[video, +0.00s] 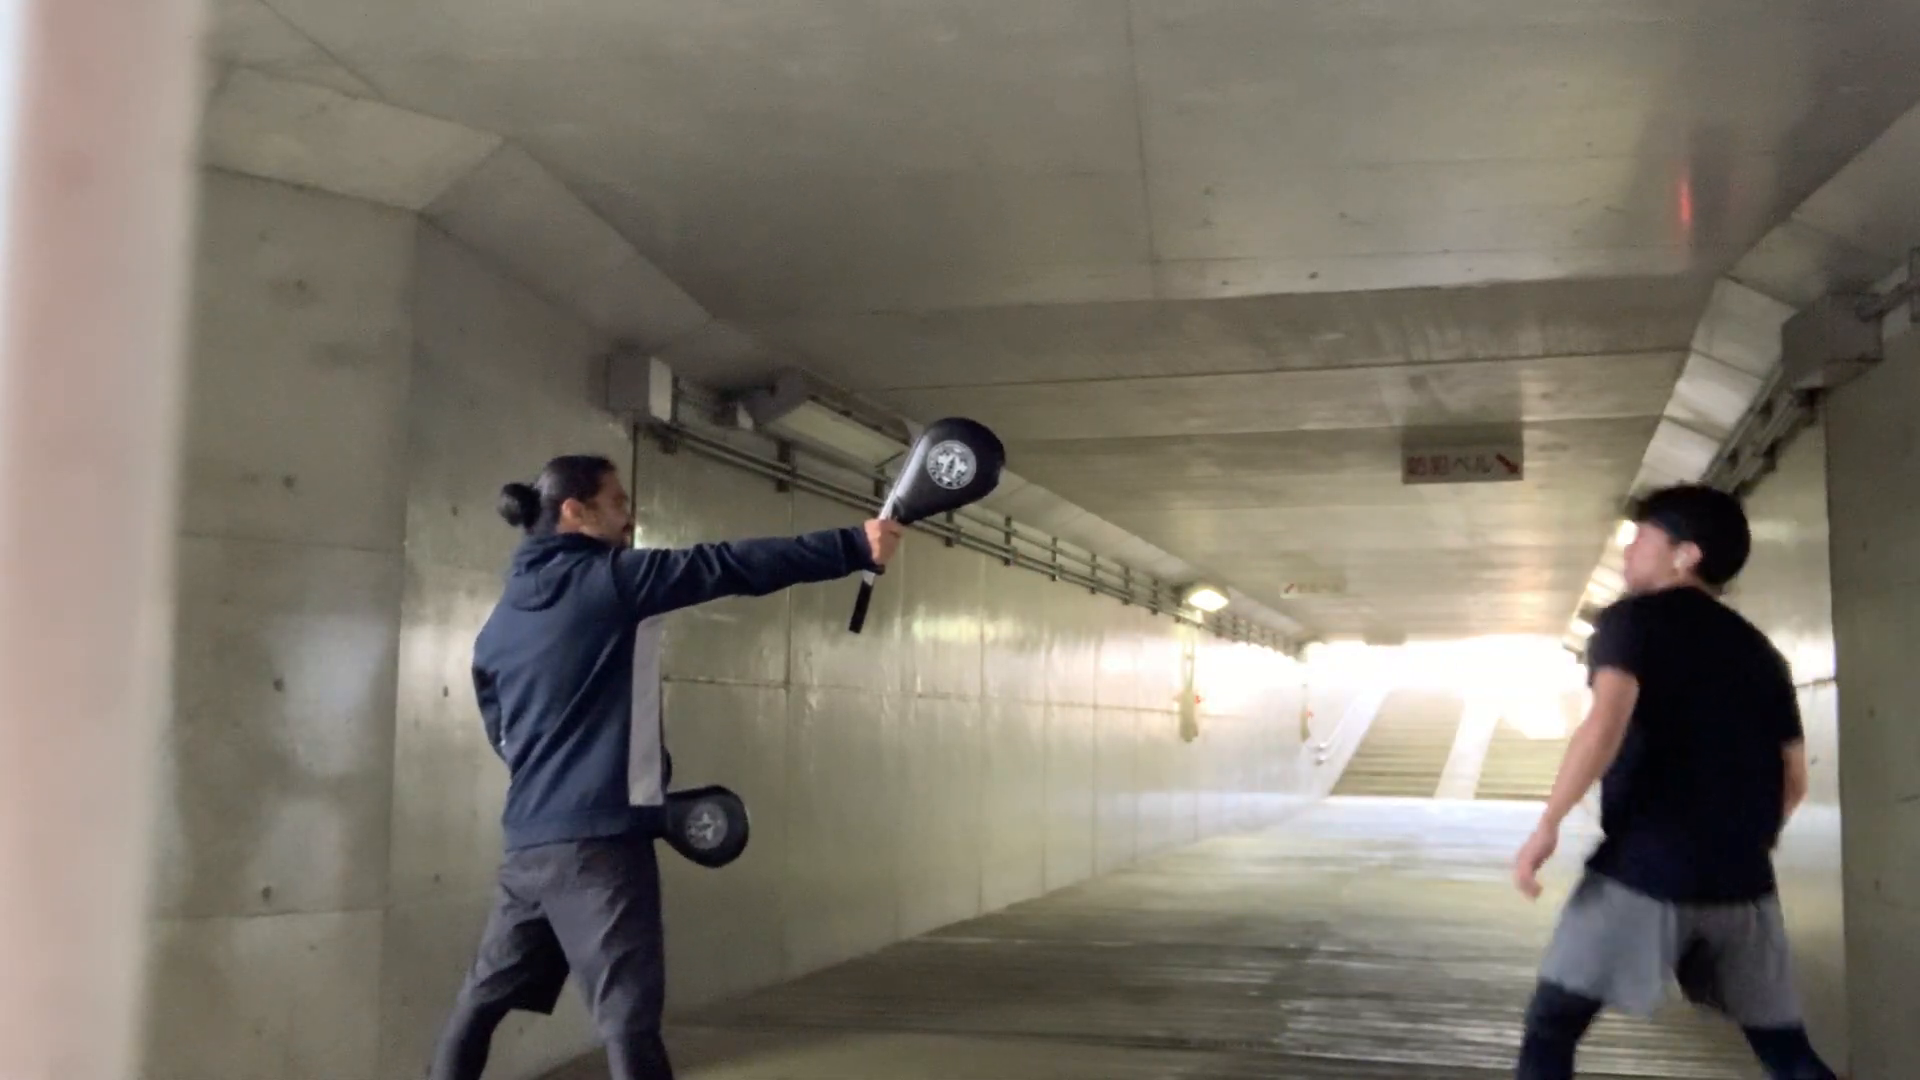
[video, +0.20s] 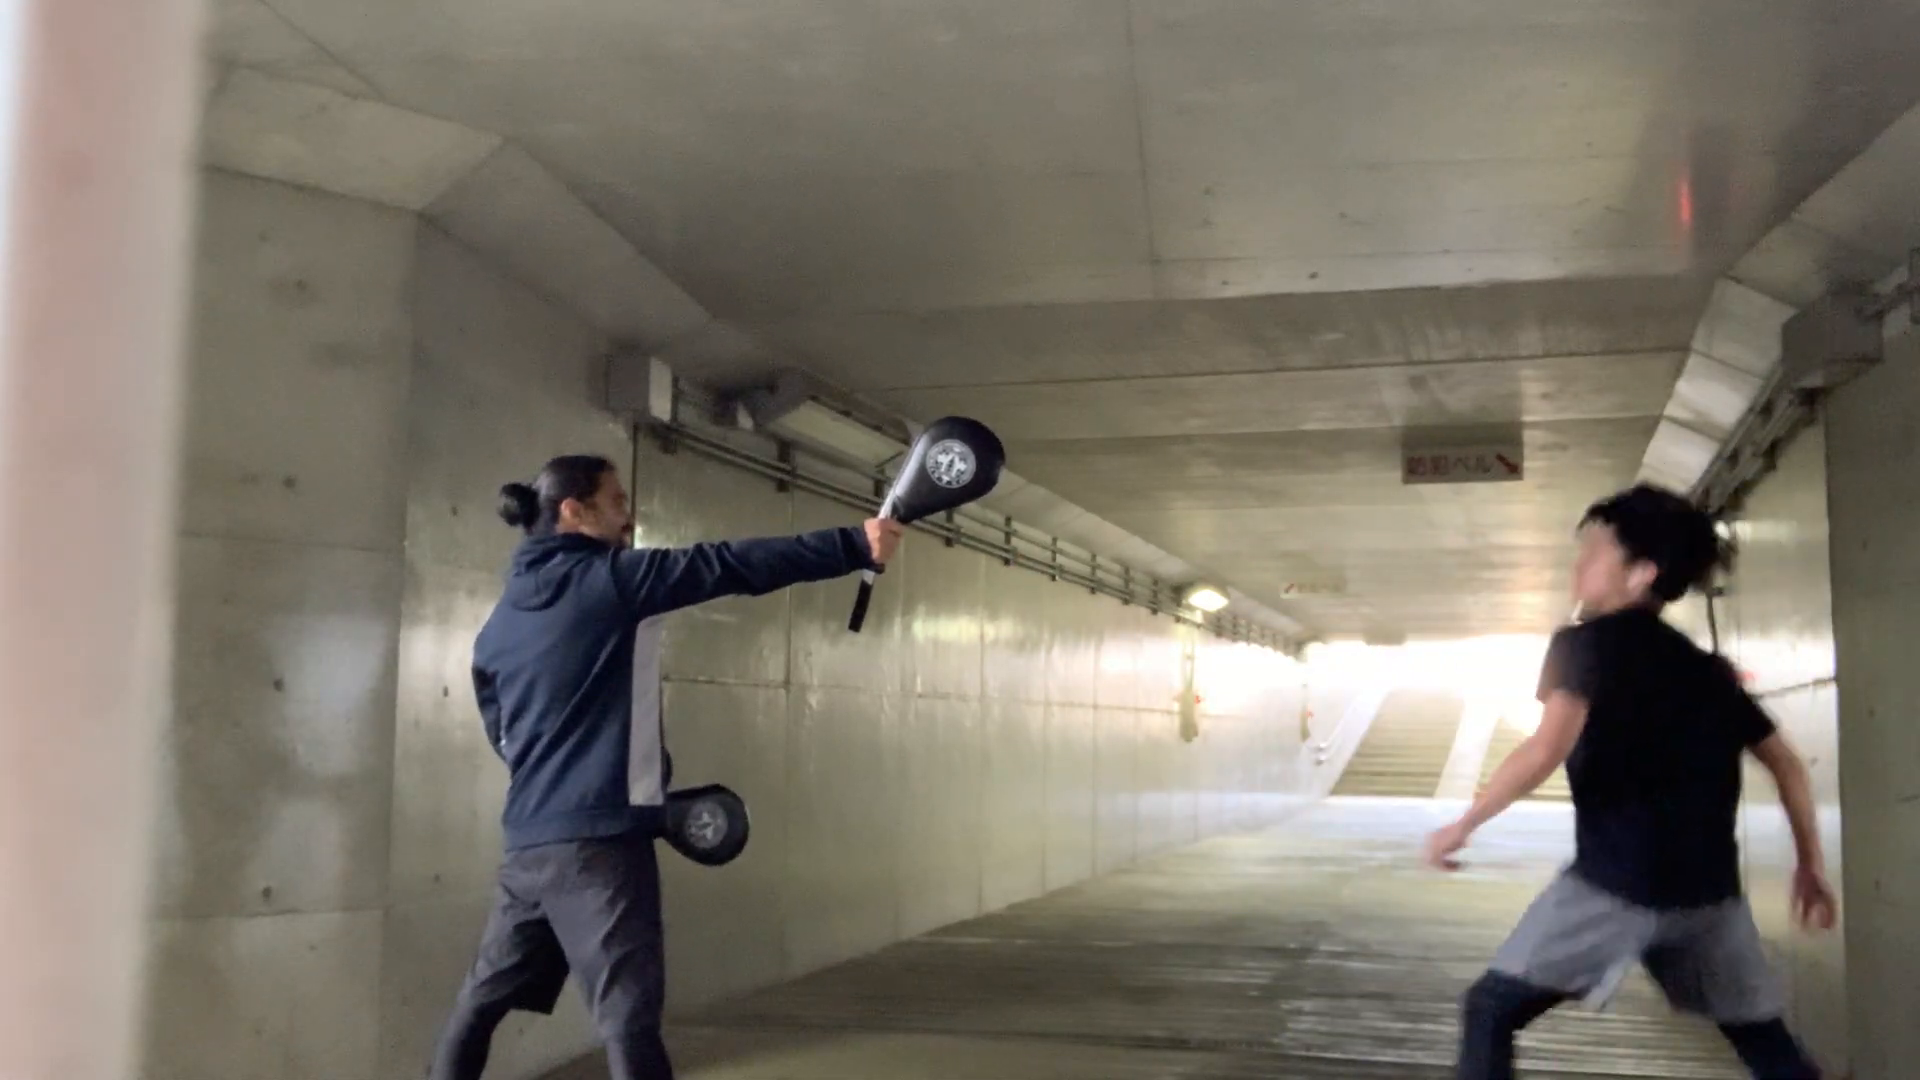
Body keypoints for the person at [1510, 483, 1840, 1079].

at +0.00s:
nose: (1628, 548)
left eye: (1643, 535)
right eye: (1635, 533)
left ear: (1686, 555)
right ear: (1695, 560)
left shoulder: (1632, 619)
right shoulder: (1760, 649)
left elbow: (1610, 717)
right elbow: (1794, 780)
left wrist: (1549, 823)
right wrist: (1741, 844)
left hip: (1642, 874)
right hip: (1743, 879)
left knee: (1549, 1034)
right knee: (1788, 1050)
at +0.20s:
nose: (1577, 570)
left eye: (1591, 554)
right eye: (1582, 552)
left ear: (1641, 575)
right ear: (1647, 579)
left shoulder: (1585, 643)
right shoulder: (1708, 669)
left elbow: (1548, 747)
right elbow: (1786, 764)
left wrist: (1465, 824)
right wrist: (1810, 864)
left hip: (1611, 890)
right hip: (1708, 894)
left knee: (1490, 1009)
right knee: (1771, 1047)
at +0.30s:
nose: (1543, 585)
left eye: (1561, 575)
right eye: (1551, 572)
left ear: (1605, 602)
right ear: (1605, 606)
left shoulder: (1567, 671)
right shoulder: (1638, 690)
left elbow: (1547, 779)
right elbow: (1706, 803)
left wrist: (1434, 815)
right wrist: (1757, 904)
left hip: (1576, 926)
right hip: (1658, 928)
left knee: (1433, 1029)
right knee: (1746, 1059)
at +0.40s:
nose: (1511, 567)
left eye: (1529, 556)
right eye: (1519, 552)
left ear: (1570, 582)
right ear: (1567, 583)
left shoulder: (1553, 660)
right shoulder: (1566, 662)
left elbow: (1524, 765)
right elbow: (1576, 800)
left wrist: (1393, 752)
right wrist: (1571, 899)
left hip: (1498, 898)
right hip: (1537, 900)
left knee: (1376, 1032)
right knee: (1533, 1047)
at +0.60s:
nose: (1472, 556)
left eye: (1487, 548)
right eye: (1479, 544)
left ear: (1530, 580)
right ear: (1514, 578)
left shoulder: (1516, 684)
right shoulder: (1449, 629)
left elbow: (1475, 811)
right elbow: (1341, 633)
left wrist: (1383, 876)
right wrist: (1289, 570)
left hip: (1376, 863)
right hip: (1324, 809)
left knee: (1343, 1046)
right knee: (1174, 781)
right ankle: (1032, 866)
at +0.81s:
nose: (1420, 644)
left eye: (1440, 640)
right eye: (1428, 631)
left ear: (1478, 675)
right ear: (1427, 635)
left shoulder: (1443, 780)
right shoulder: (1364, 652)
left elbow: (1408, 872)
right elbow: (1264, 632)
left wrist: (1335, 792)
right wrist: (1183, 611)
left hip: (1234, 835)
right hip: (1191, 738)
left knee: (1257, 1005)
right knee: (1058, 636)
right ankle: (947, 533)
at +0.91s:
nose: (1374, 676)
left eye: (1392, 677)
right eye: (1382, 663)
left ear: (1429, 715)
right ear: (1383, 664)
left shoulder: (1386, 802)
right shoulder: (1341, 677)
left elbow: (1260, 822)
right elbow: (1264, 701)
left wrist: (1221, 713)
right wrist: (1172, 707)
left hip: (1221, 847)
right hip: (1181, 770)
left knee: (1233, 1011)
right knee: (1056, 750)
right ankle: (926, 745)